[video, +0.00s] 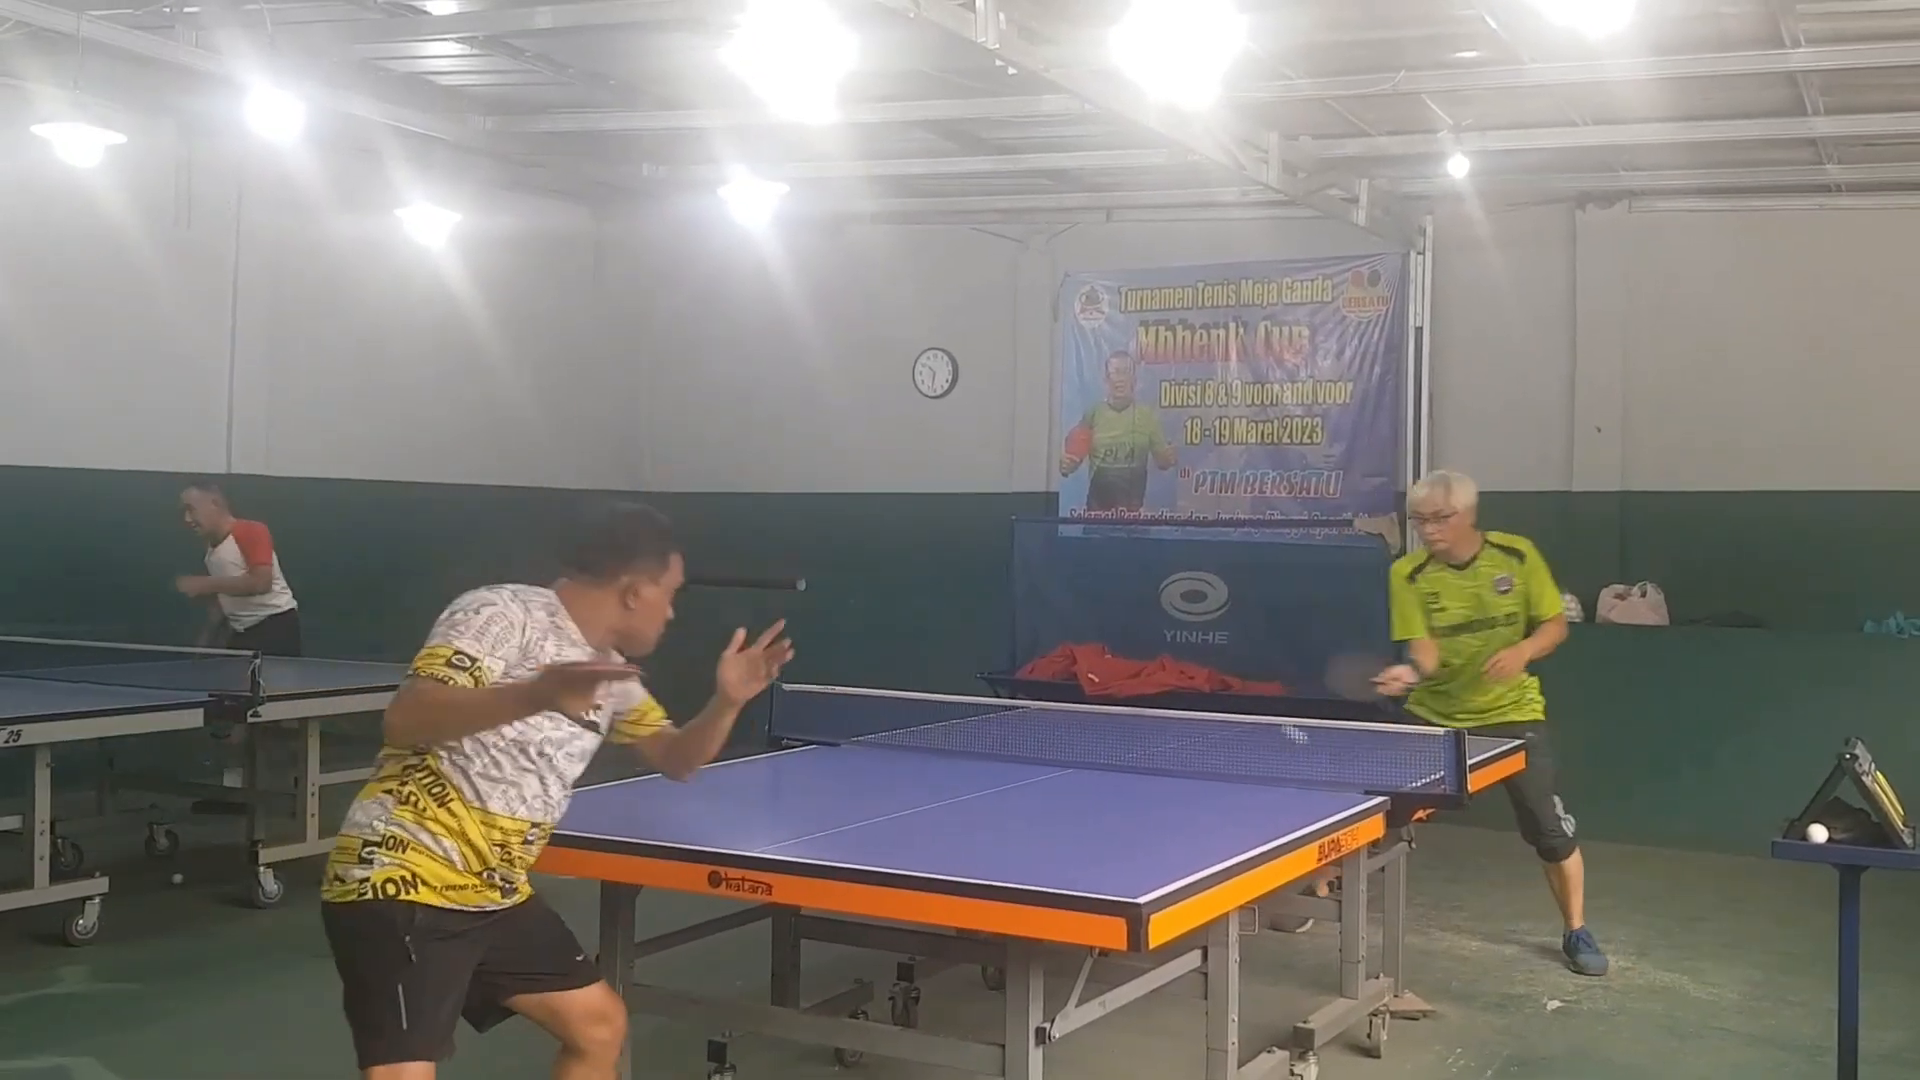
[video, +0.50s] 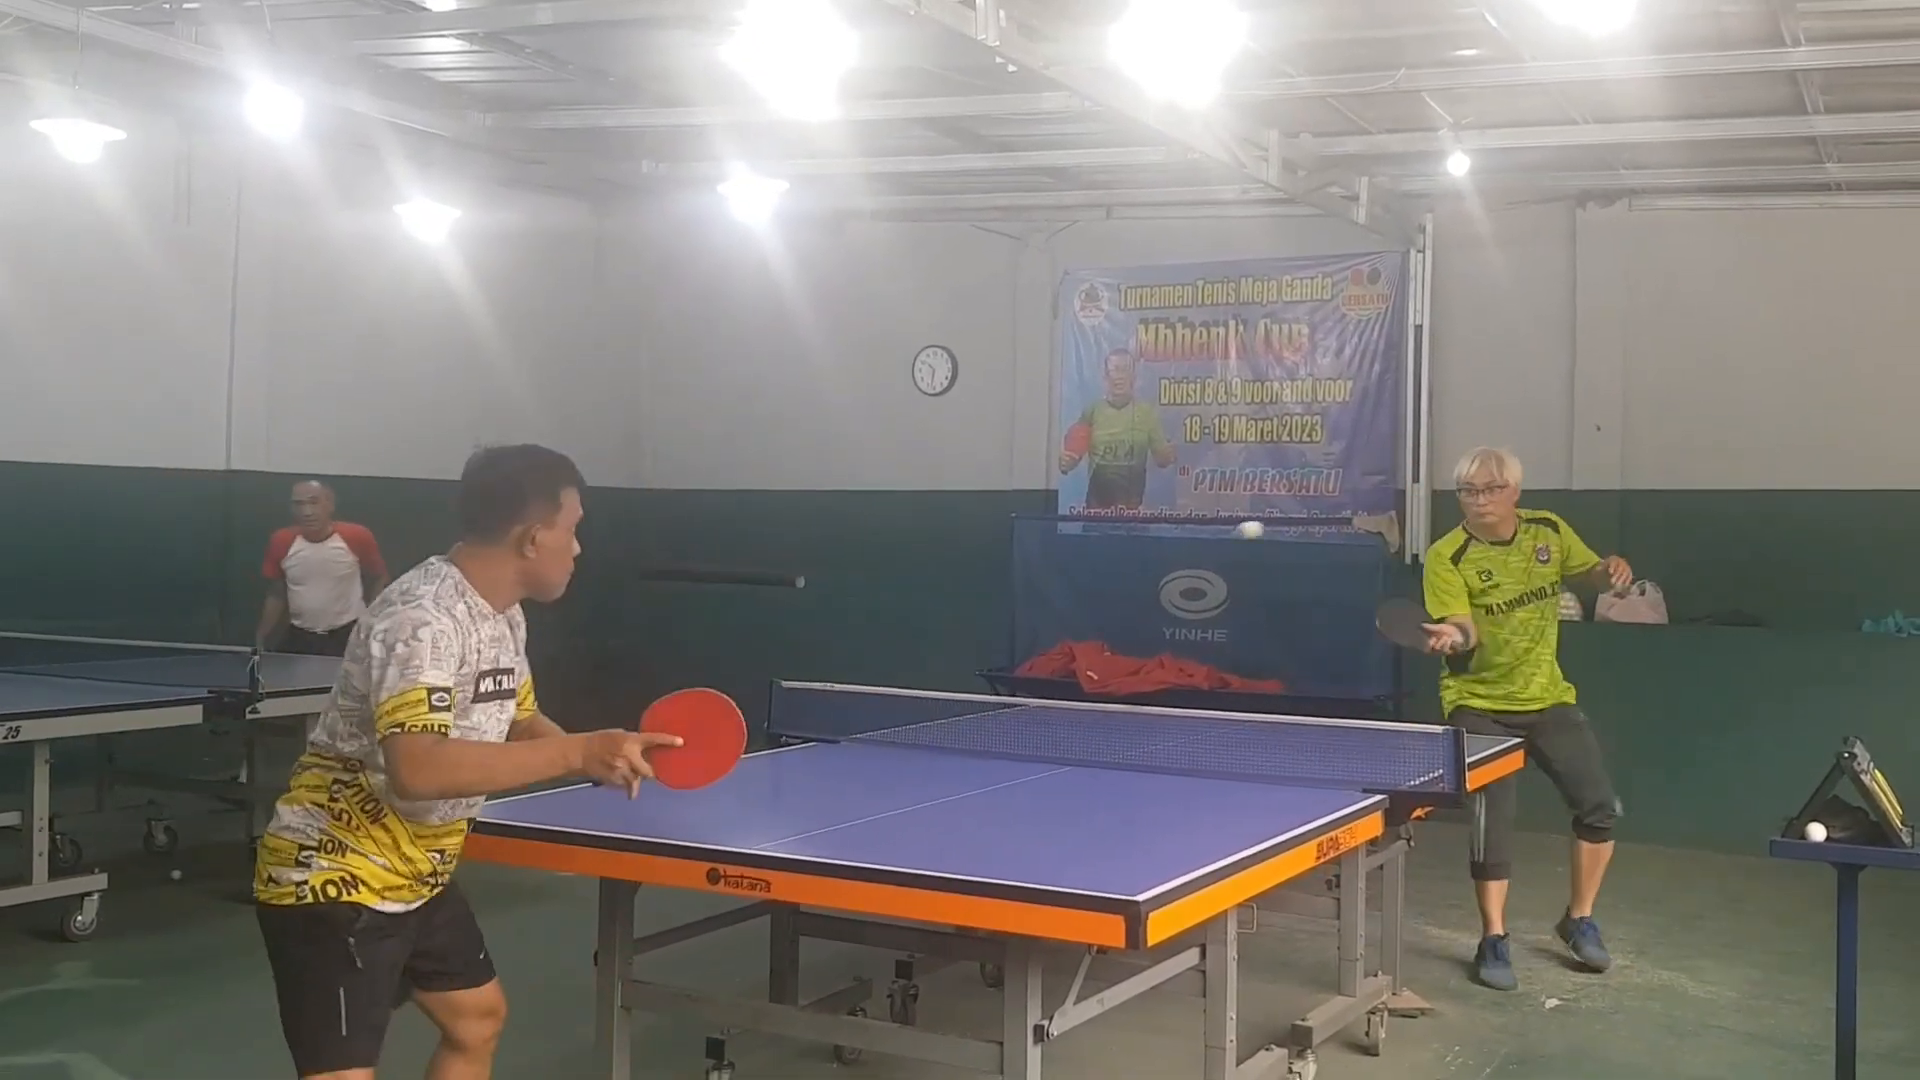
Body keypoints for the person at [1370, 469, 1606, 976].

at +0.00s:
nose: (1428, 530)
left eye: (1439, 519)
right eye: (1421, 520)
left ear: (1467, 516)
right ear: (1414, 521)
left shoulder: (1518, 555)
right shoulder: (1407, 573)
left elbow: (1555, 626)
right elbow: (1424, 649)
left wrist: (1522, 652)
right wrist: (1413, 670)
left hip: (1511, 710)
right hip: (1433, 710)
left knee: (1545, 822)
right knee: (1365, 791)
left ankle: (1577, 931)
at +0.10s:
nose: (1453, 521)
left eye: (1464, 510)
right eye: (1445, 512)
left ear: (1493, 508)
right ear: (1438, 513)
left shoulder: (1540, 542)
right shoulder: (1432, 566)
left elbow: (1585, 601)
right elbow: (1465, 630)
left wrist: (1568, 628)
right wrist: (1468, 659)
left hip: (1536, 703)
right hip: (1468, 708)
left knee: (1565, 822)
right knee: (1397, 794)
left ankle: (1578, 928)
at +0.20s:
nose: (1467, 513)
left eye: (1479, 501)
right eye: (1458, 503)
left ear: (1507, 499)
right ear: (1450, 503)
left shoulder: (1544, 527)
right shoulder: (1444, 555)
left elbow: (1593, 576)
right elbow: (1481, 605)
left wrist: (1598, 594)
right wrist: (1496, 641)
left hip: (1546, 699)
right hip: (1475, 701)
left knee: (1575, 813)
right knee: (1441, 797)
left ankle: (1579, 927)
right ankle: (1427, 917)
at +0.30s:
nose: (1473, 508)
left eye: (1485, 497)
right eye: (1463, 498)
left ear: (1512, 496)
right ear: (1455, 500)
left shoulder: (1544, 525)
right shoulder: (1449, 551)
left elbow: (1598, 562)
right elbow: (1482, 596)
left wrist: (1615, 574)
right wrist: (1490, 635)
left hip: (1551, 698)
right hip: (1486, 702)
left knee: (1588, 811)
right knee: (1482, 811)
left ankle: (1574, 929)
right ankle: (1490, 937)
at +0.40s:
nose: (1477, 507)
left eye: (1489, 496)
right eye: (1466, 498)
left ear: (1512, 499)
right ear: (1454, 505)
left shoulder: (1541, 535)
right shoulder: (1449, 558)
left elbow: (1588, 567)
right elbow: (1474, 602)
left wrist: (1613, 563)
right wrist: (1471, 628)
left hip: (1548, 704)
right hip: (1482, 709)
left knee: (1610, 807)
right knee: (1501, 812)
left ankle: (1576, 919)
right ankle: (1497, 939)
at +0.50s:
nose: (1477, 499)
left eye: (1489, 489)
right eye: (1468, 490)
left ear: (1516, 493)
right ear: (1459, 495)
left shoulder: (1549, 532)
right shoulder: (1445, 557)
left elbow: (1594, 578)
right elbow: (1462, 629)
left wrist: (1615, 571)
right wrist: (1452, 634)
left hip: (1547, 698)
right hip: (1478, 703)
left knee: (1599, 806)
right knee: (1491, 814)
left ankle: (1580, 919)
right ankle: (1494, 938)